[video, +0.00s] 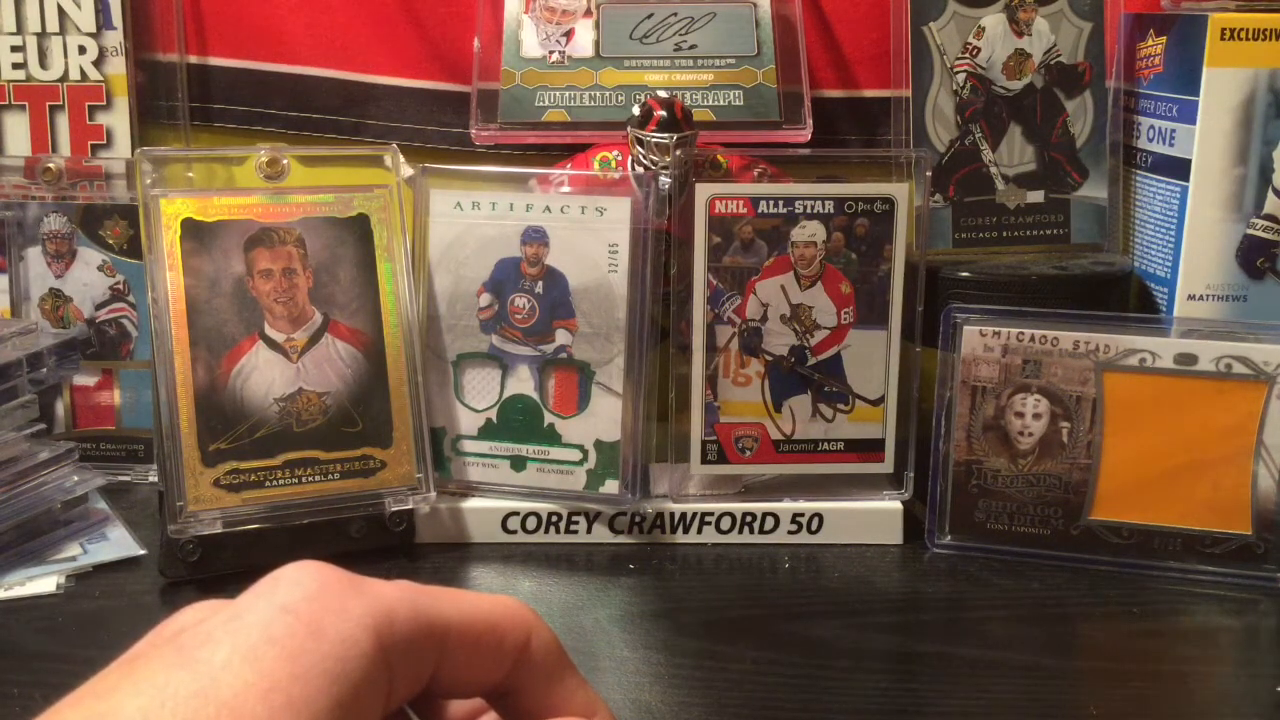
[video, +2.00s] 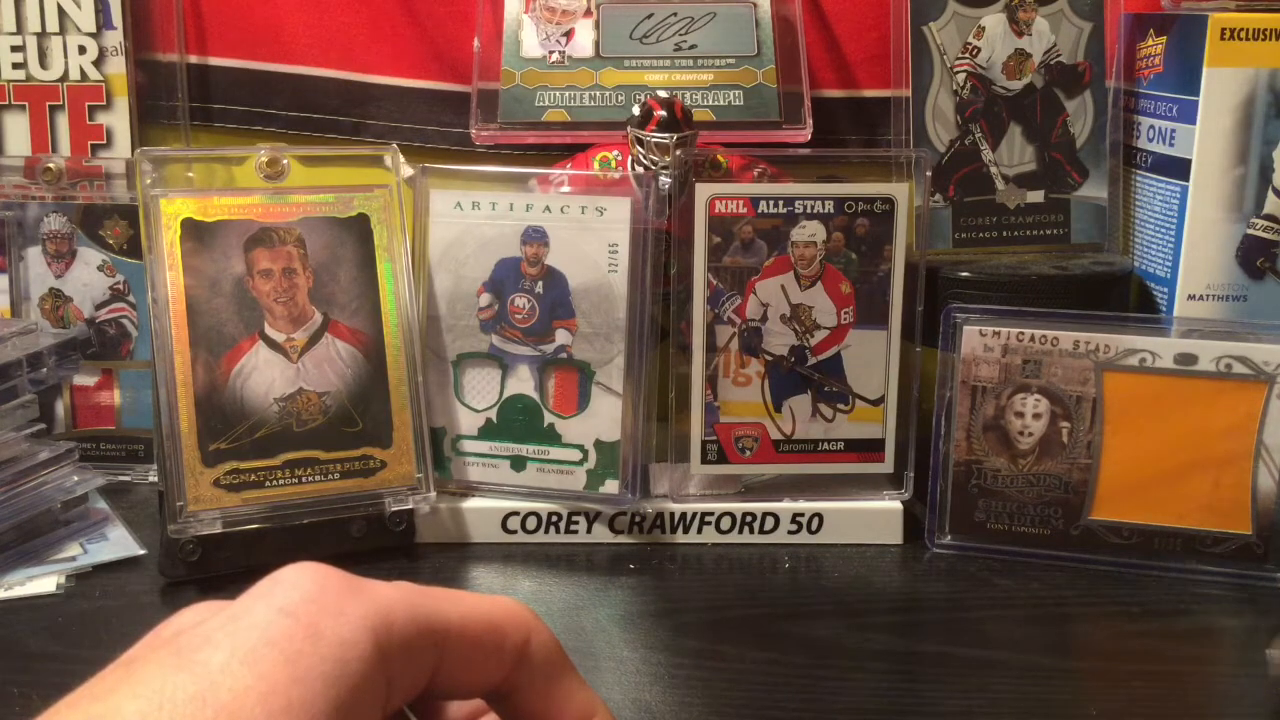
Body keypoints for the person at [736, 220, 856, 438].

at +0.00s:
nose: (801, 253)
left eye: (807, 247)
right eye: (796, 247)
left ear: (821, 250)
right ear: (790, 249)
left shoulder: (839, 285)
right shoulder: (773, 271)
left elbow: (842, 331)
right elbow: (754, 293)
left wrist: (810, 353)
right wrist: (750, 326)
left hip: (823, 353)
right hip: (780, 353)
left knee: (832, 413)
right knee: (798, 411)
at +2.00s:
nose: (801, 253)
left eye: (807, 247)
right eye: (796, 247)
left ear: (821, 249)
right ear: (790, 249)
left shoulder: (838, 285)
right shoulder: (773, 271)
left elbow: (843, 330)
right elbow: (754, 292)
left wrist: (810, 352)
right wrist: (751, 326)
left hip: (823, 353)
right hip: (780, 353)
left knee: (832, 412)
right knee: (799, 409)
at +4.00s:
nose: (801, 253)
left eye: (808, 247)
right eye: (796, 247)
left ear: (821, 249)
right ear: (790, 249)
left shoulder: (838, 285)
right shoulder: (773, 271)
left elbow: (842, 330)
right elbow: (754, 293)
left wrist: (809, 352)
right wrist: (750, 326)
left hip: (822, 353)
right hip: (779, 353)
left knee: (834, 412)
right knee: (798, 410)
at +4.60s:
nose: (801, 253)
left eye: (808, 247)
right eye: (797, 247)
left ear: (821, 249)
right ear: (790, 249)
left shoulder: (838, 285)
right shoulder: (774, 271)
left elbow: (842, 331)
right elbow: (754, 292)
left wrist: (809, 352)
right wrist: (751, 326)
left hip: (823, 354)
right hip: (780, 354)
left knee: (833, 414)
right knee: (797, 412)